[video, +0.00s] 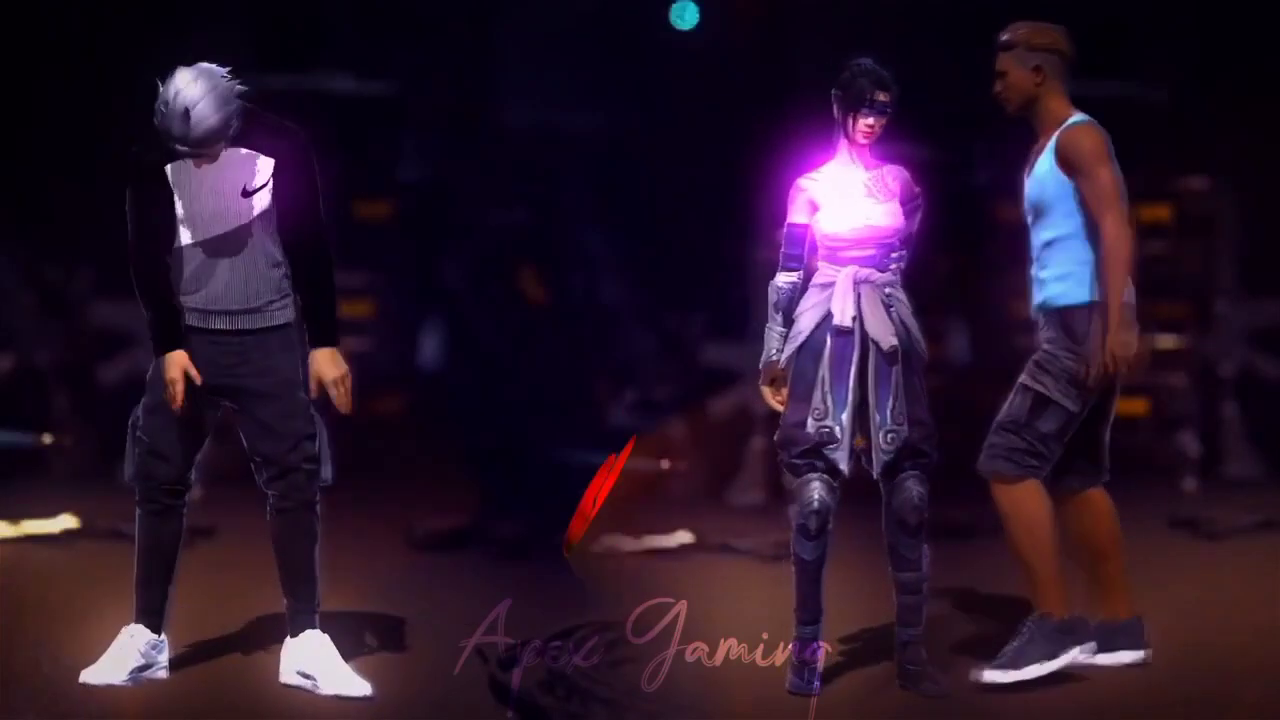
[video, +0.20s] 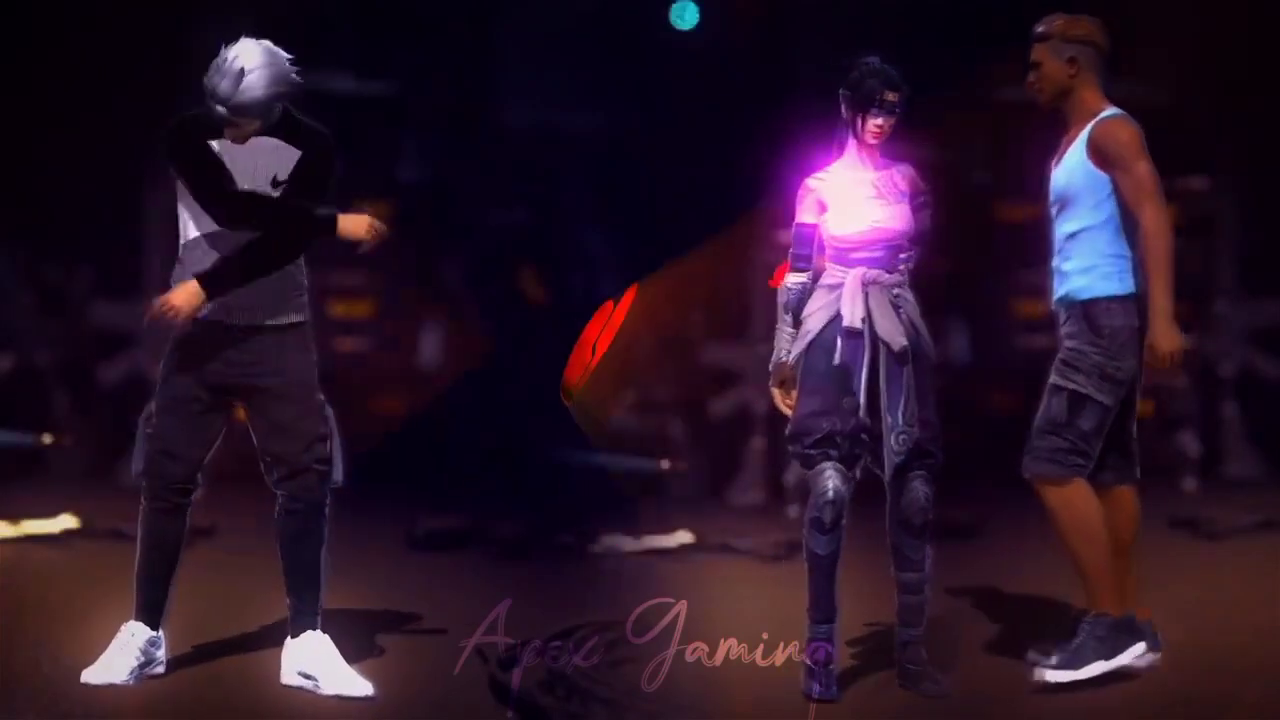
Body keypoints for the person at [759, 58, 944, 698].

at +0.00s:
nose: (872, 123)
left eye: (882, 112)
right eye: (863, 110)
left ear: (892, 118)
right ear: (840, 111)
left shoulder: (903, 185)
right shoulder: (809, 184)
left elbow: (900, 270)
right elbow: (789, 273)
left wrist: (911, 345)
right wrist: (774, 355)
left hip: (891, 342)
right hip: (822, 340)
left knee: (909, 494)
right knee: (815, 499)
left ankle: (912, 647)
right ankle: (808, 639)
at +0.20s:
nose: (882, 121)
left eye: (892, 111)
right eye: (873, 109)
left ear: (902, 117)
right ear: (849, 110)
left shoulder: (908, 182)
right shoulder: (817, 185)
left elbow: (912, 266)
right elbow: (797, 274)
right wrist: (783, 356)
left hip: (899, 340)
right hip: (829, 339)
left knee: (915, 493)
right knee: (829, 491)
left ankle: (911, 643)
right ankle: (821, 640)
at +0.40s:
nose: (886, 122)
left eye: (895, 111)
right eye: (876, 110)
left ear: (904, 116)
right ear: (851, 110)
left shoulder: (910, 182)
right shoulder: (821, 184)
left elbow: (918, 263)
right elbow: (801, 274)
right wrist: (787, 354)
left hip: (900, 337)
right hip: (833, 335)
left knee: (916, 492)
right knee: (834, 489)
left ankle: (912, 643)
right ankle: (826, 641)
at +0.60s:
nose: (893, 124)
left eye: (902, 114)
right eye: (884, 112)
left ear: (910, 117)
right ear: (856, 110)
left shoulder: (915, 183)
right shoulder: (825, 185)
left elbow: (931, 261)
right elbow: (804, 272)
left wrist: (901, 273)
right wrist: (790, 353)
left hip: (904, 339)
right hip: (836, 337)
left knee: (920, 494)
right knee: (836, 494)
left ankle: (912, 645)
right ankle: (831, 648)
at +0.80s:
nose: (892, 131)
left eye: (900, 120)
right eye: (882, 119)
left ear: (908, 124)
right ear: (854, 119)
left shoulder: (916, 192)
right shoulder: (823, 192)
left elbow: (934, 280)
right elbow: (799, 279)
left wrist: (930, 350)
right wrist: (787, 358)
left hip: (904, 342)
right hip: (835, 341)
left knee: (923, 497)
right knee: (838, 498)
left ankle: (912, 645)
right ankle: (832, 651)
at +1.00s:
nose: (890, 135)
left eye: (898, 124)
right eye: (880, 123)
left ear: (908, 128)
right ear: (853, 123)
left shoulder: (916, 198)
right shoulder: (822, 197)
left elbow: (936, 290)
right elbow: (796, 284)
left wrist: (941, 364)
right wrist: (786, 361)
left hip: (901, 346)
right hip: (833, 344)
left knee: (915, 499)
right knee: (840, 496)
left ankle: (903, 639)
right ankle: (832, 650)